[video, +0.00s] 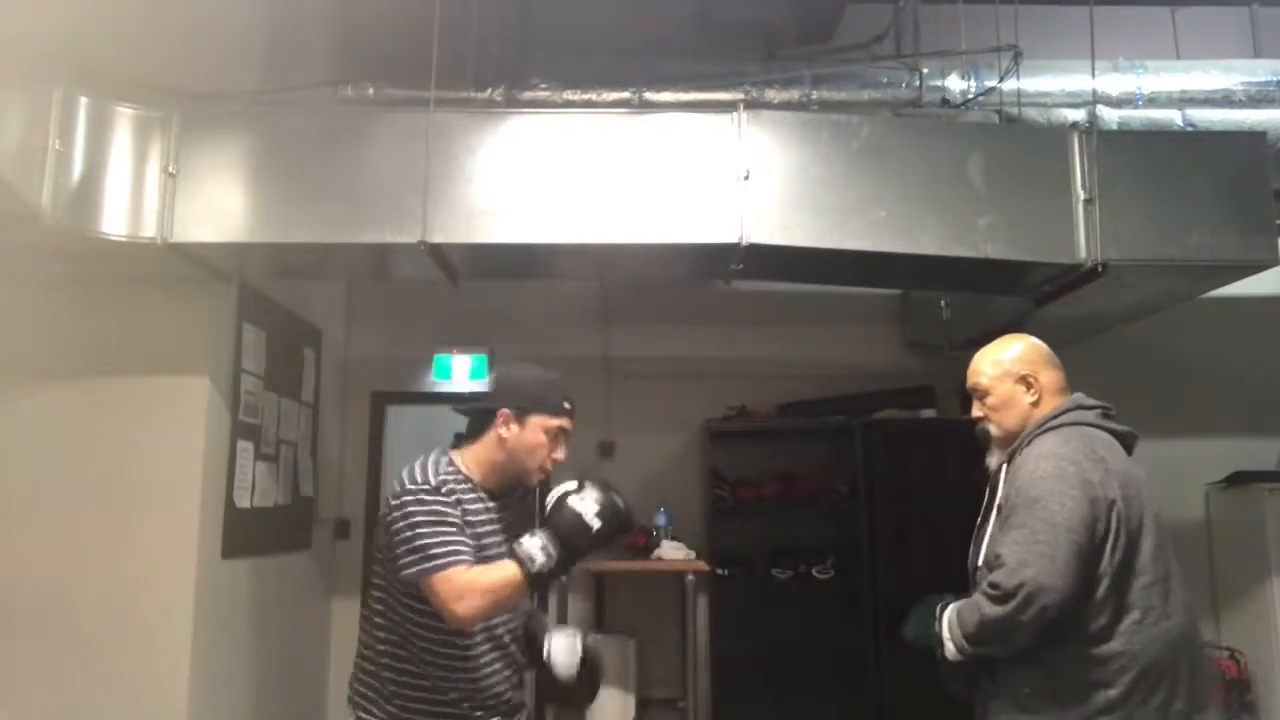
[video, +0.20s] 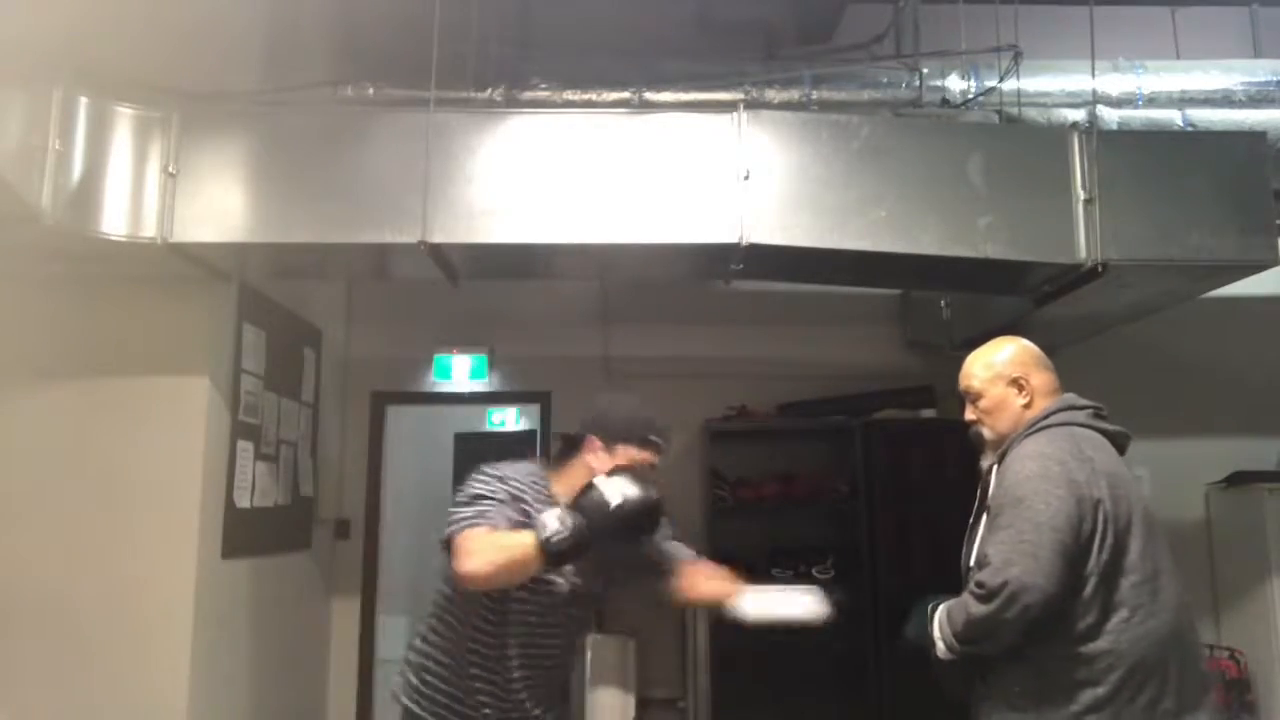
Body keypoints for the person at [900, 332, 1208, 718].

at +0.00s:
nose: (974, 413)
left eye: (982, 396)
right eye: (972, 399)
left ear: (1029, 389)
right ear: (1030, 390)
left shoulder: (1053, 458)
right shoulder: (1079, 444)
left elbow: (1033, 589)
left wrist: (949, 625)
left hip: (1094, 700)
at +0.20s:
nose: (967, 416)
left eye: (975, 398)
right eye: (965, 401)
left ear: (1022, 391)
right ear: (1024, 391)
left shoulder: (1041, 458)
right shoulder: (1074, 445)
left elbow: (1022, 585)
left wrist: (942, 626)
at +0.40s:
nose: (959, 419)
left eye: (967, 402)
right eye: (957, 405)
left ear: (1014, 392)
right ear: (1016, 394)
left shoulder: (1037, 460)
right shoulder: (1070, 445)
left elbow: (1024, 590)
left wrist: (942, 634)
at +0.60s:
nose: (964, 417)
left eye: (971, 400)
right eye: (962, 404)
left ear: (1019, 392)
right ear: (1024, 394)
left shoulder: (1034, 462)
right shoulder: (1081, 450)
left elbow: (1014, 596)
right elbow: (1036, 571)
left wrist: (940, 634)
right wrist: (926, 554)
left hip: (1095, 697)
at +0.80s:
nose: (962, 418)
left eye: (970, 401)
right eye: (960, 405)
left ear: (1018, 394)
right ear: (1020, 395)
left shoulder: (1034, 464)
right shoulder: (1074, 447)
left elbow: (1011, 599)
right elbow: (1020, 554)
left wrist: (941, 635)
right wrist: (928, 542)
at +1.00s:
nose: (941, 424)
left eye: (948, 406)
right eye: (938, 410)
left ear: (996, 397)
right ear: (999, 399)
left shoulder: (1009, 471)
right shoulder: (1065, 453)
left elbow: (993, 613)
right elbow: (993, 519)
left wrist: (928, 646)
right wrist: (906, 506)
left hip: (1086, 697)